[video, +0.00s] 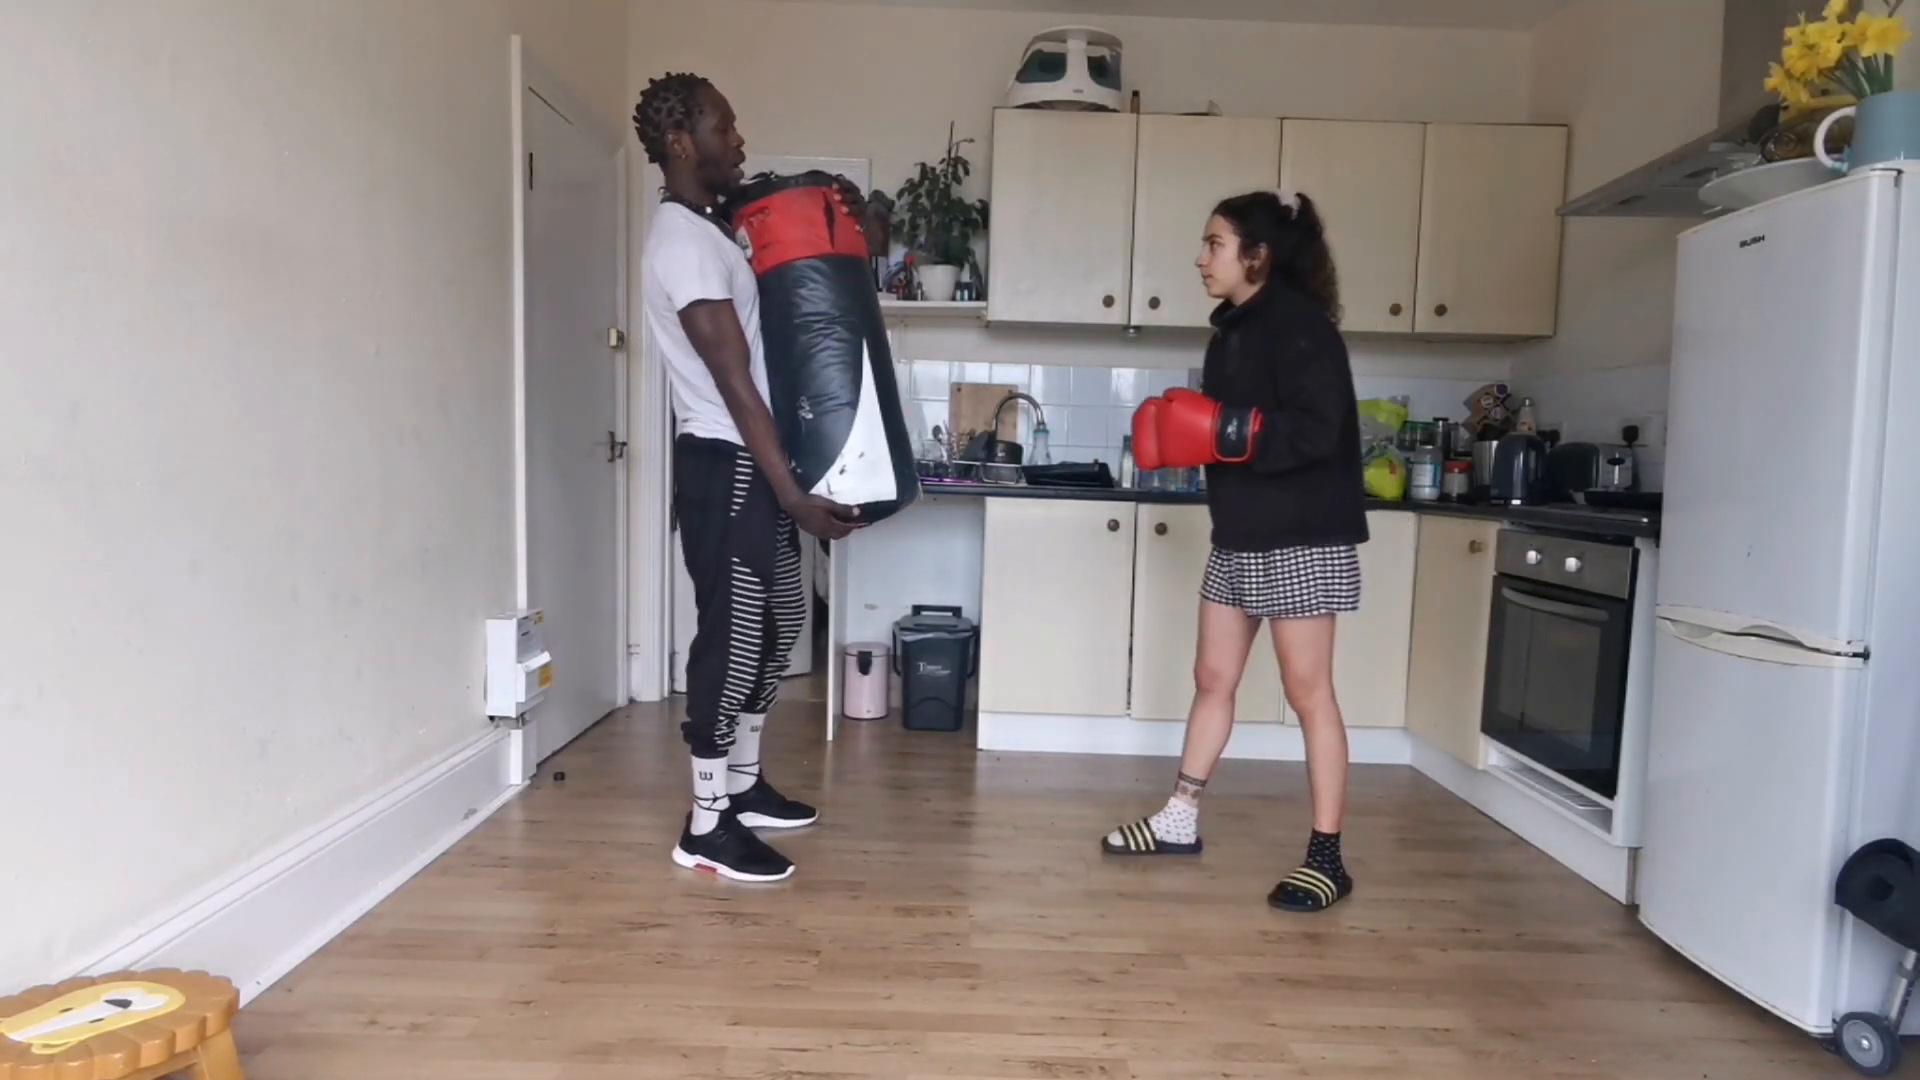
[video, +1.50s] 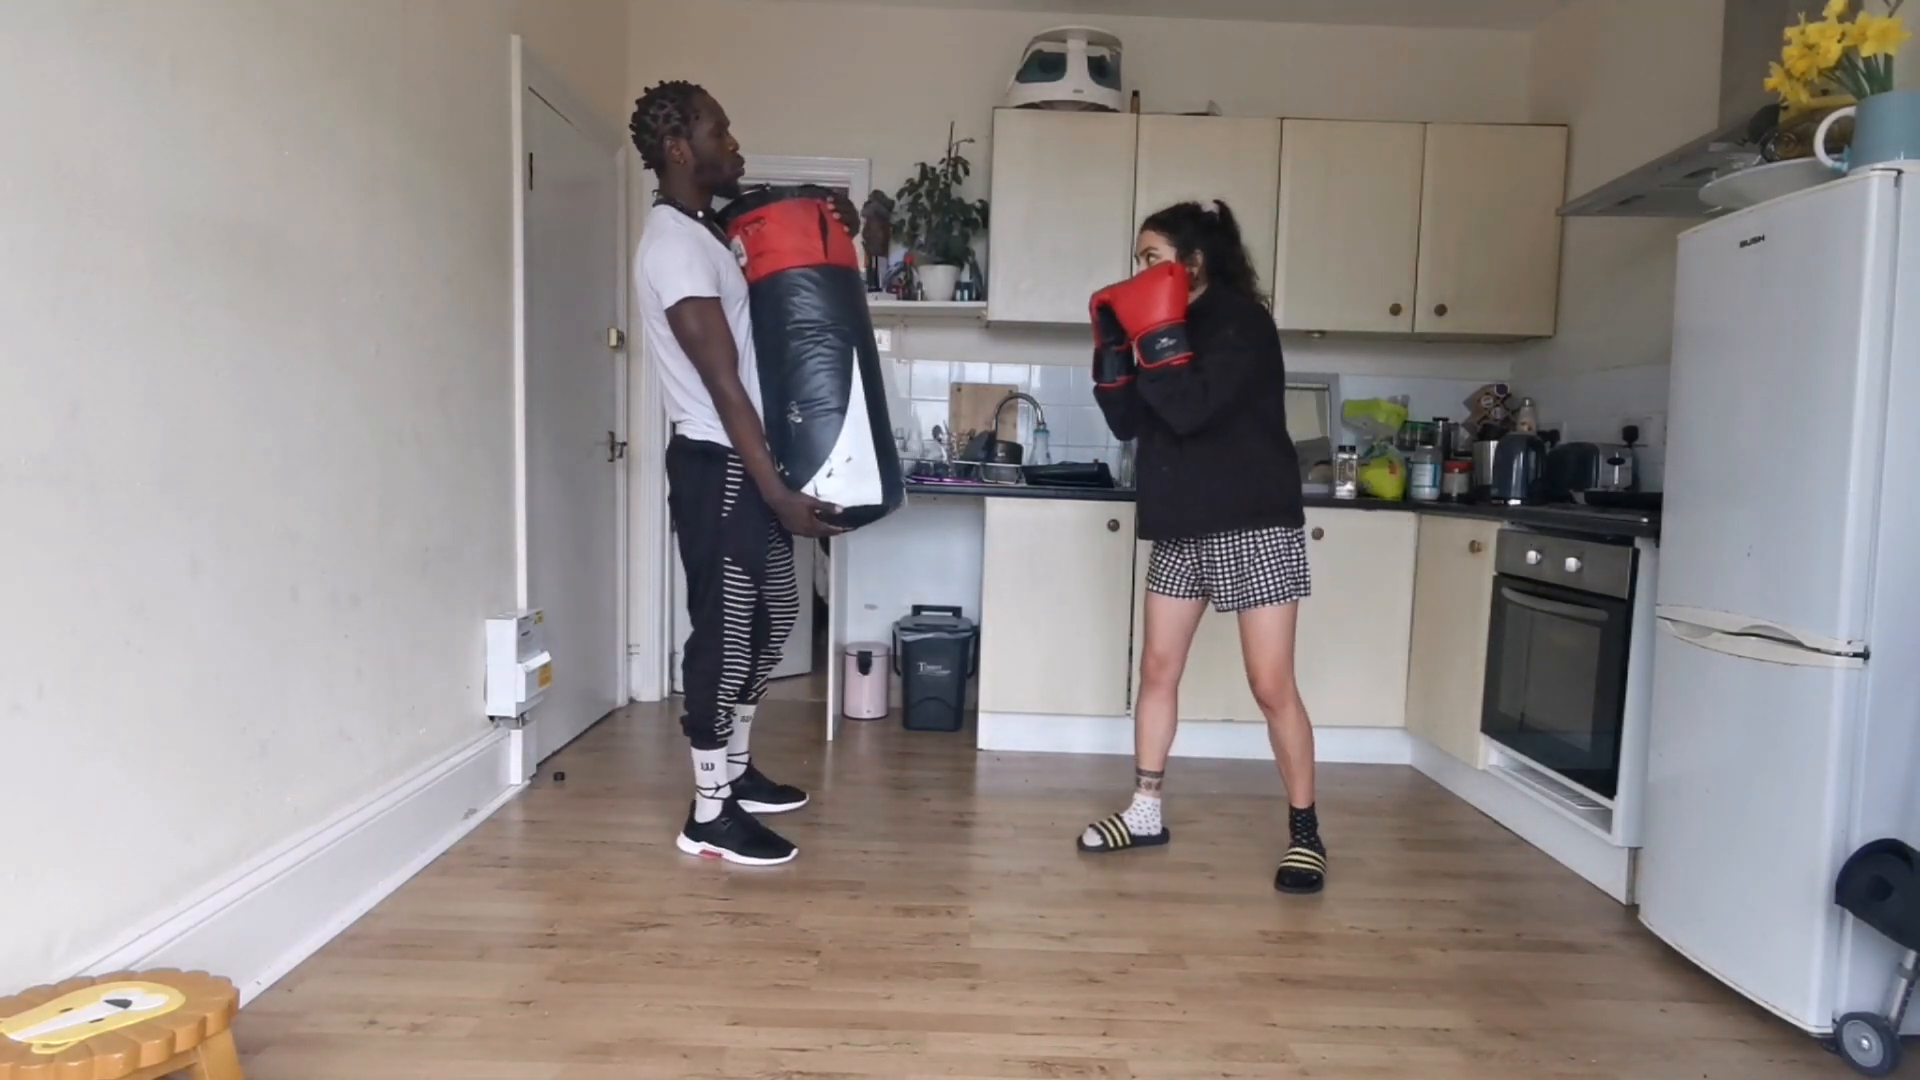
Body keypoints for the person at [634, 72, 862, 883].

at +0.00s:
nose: (741, 141)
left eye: (736, 126)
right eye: (724, 127)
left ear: (686, 142)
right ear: (677, 140)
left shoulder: (718, 231)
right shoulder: (683, 239)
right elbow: (732, 377)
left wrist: (842, 228)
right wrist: (793, 492)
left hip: (758, 453)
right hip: (721, 457)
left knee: (778, 620)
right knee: (733, 628)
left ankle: (741, 784)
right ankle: (707, 822)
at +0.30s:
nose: (745, 151)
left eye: (742, 135)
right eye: (731, 137)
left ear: (687, 148)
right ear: (683, 148)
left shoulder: (711, 233)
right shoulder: (692, 244)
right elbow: (752, 380)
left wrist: (832, 225)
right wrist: (807, 497)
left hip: (750, 451)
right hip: (725, 455)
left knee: (763, 620)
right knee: (737, 626)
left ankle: (735, 787)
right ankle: (709, 821)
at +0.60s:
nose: (747, 155)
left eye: (743, 140)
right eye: (734, 141)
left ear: (690, 155)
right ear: (690, 153)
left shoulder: (699, 236)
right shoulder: (702, 249)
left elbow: (787, 307)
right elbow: (751, 380)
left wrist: (844, 235)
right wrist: (805, 490)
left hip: (742, 452)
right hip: (737, 457)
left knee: (751, 622)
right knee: (761, 625)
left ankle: (734, 784)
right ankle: (711, 818)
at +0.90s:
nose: (748, 155)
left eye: (743, 141)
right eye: (733, 143)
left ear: (694, 158)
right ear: (690, 157)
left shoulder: (719, 237)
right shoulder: (697, 246)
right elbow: (744, 382)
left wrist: (847, 234)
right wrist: (797, 485)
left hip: (753, 454)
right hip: (736, 458)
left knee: (764, 626)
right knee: (786, 631)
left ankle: (739, 783)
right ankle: (718, 804)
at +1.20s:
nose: (746, 147)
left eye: (740, 133)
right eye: (730, 135)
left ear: (694, 151)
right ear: (687, 150)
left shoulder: (718, 234)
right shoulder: (685, 239)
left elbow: (794, 314)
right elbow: (735, 378)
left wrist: (853, 237)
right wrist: (790, 483)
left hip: (753, 452)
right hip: (726, 454)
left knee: (764, 619)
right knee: (743, 622)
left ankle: (739, 783)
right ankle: (714, 807)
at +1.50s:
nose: (735, 144)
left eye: (730, 130)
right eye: (720, 132)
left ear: (681, 148)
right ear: (676, 146)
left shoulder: (709, 233)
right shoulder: (673, 240)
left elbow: (776, 316)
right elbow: (722, 378)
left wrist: (826, 233)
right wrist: (776, 486)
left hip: (749, 450)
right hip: (713, 455)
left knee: (772, 612)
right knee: (725, 621)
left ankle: (731, 768)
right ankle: (710, 811)